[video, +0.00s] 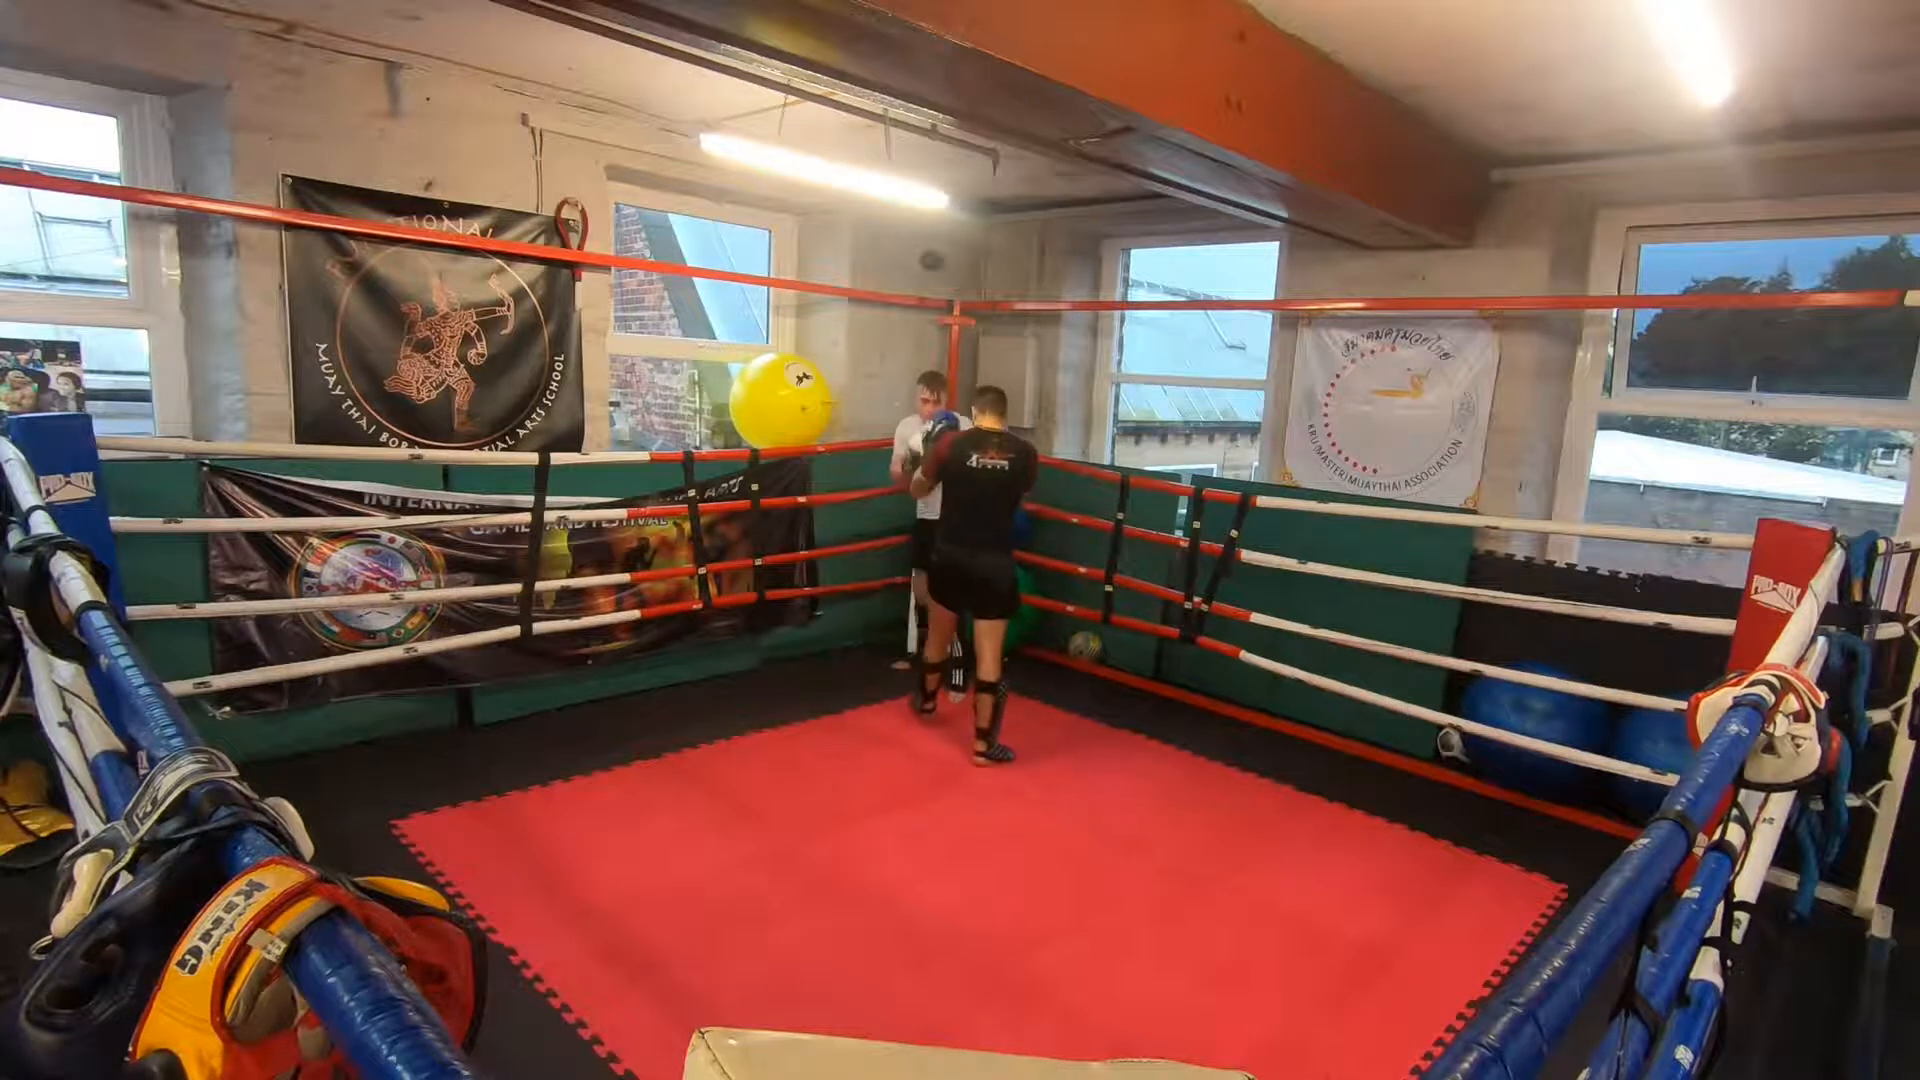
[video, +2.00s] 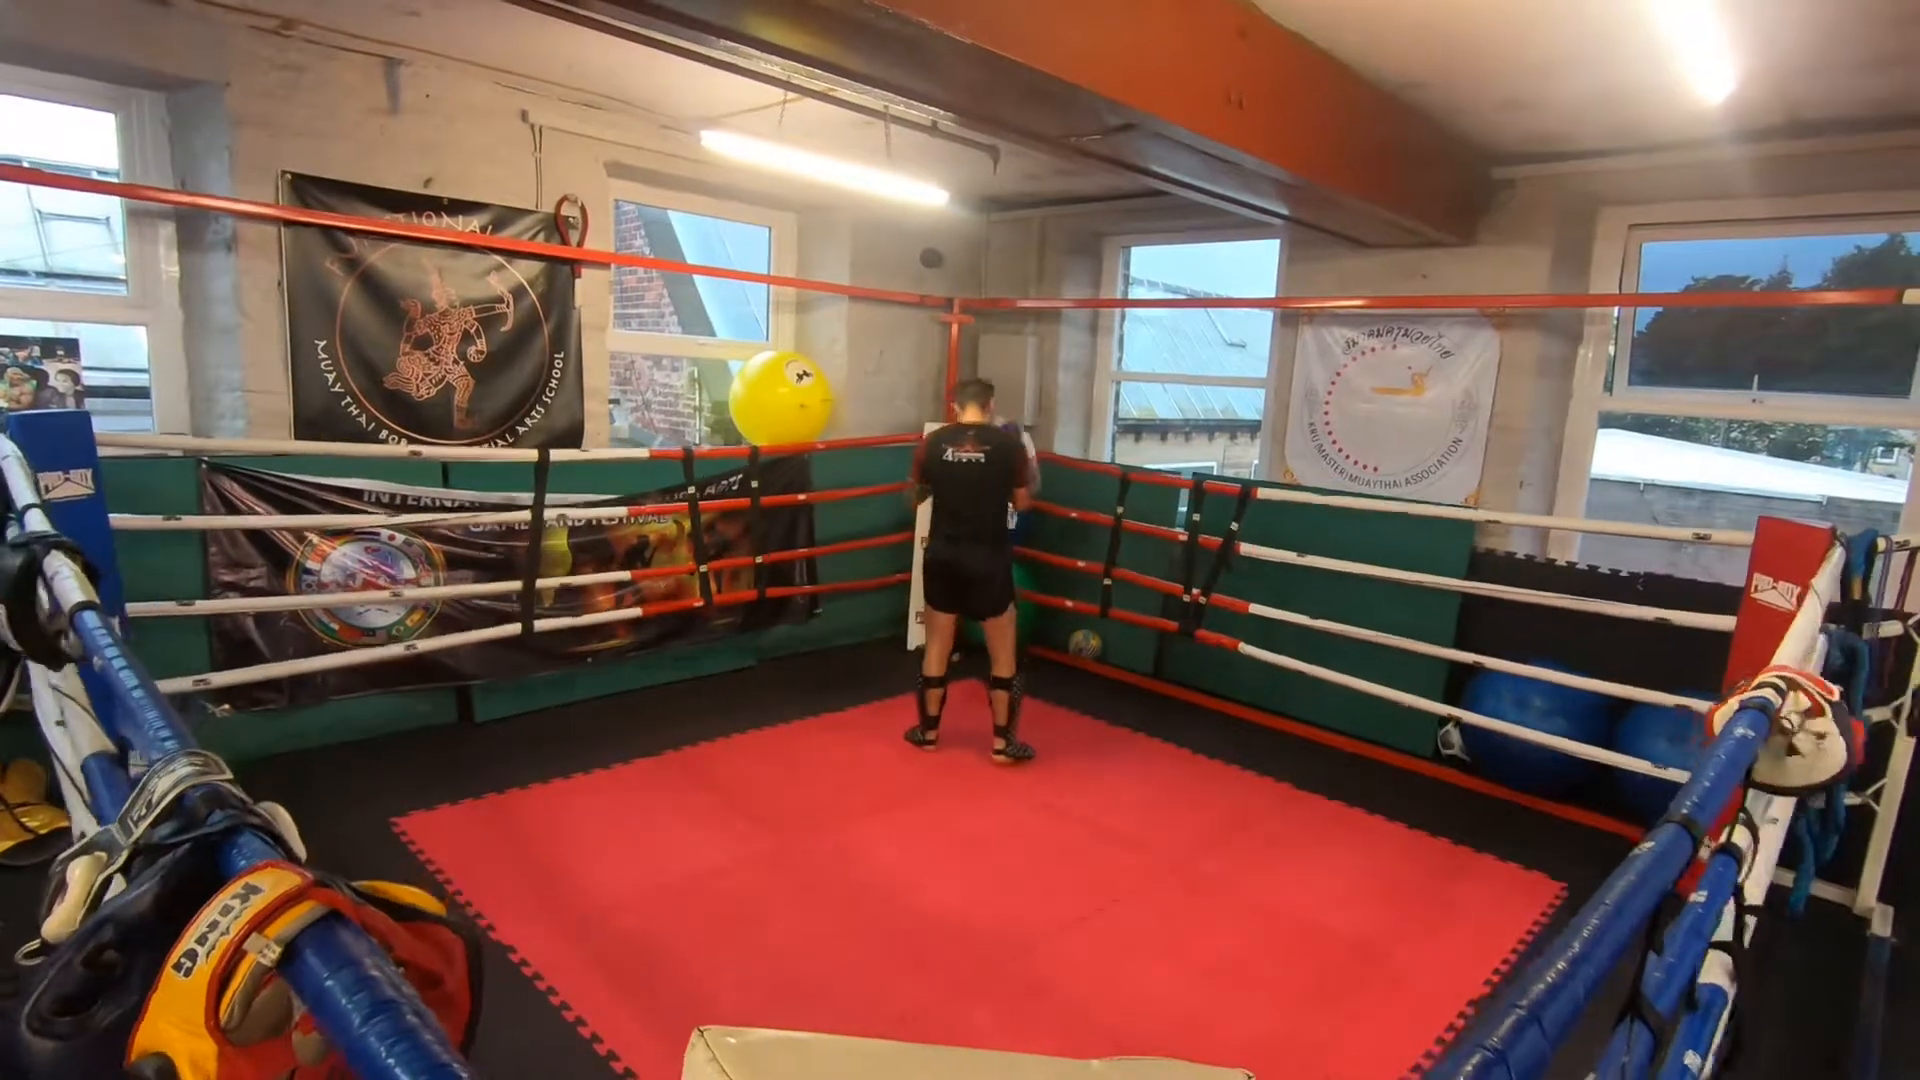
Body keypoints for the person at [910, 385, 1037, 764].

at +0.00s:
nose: (976, 417)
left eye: (974, 410)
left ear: (974, 412)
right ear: (1005, 414)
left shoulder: (950, 443)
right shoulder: (1025, 453)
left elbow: (919, 488)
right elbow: (1021, 493)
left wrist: (910, 470)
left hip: (949, 557)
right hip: (994, 562)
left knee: (938, 636)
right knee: (989, 654)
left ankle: (927, 701)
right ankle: (984, 743)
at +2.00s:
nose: (980, 414)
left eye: (961, 408)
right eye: (987, 407)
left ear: (953, 408)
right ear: (990, 408)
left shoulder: (931, 444)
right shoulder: (1010, 445)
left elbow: (917, 494)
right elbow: (1023, 502)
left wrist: (946, 467)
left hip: (942, 562)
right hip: (990, 564)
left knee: (937, 646)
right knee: (1002, 655)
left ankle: (929, 730)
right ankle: (1002, 742)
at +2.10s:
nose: (999, 415)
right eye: (1001, 409)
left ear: (963, 409)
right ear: (1000, 410)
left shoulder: (943, 441)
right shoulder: (1015, 444)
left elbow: (936, 489)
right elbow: (1029, 489)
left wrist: (953, 433)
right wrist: (1021, 434)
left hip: (947, 561)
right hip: (993, 565)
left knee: (940, 646)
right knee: (1004, 659)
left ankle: (930, 729)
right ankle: (1004, 748)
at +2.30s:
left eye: (989, 414)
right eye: (1023, 417)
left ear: (985, 414)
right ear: (1025, 418)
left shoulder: (965, 445)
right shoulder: (1039, 454)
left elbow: (950, 474)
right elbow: (1038, 481)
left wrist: (965, 433)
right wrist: (1027, 433)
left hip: (965, 566)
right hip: (1011, 572)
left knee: (951, 644)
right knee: (1011, 664)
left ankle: (931, 727)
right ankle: (1005, 755)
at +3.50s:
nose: (1058, 428)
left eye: (1057, 422)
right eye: (1063, 422)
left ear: (1062, 421)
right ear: (1097, 420)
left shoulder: (1049, 462)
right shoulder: (1126, 466)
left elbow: (1018, 528)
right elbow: (1106, 517)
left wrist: (1008, 506)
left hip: (1056, 593)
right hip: (1104, 595)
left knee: (1059, 697)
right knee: (1088, 682)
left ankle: (1056, 802)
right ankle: (1076, 773)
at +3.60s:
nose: (1058, 429)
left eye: (1058, 422)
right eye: (1060, 423)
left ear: (1066, 421)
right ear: (1099, 419)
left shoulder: (1056, 460)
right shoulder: (1129, 464)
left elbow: (1025, 528)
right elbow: (1103, 519)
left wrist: (1003, 511)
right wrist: (1038, 505)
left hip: (1062, 595)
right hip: (1109, 596)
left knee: (1047, 697)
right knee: (1102, 682)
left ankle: (1054, 801)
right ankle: (1118, 780)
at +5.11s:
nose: (774, 418)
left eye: (772, 413)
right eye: (776, 413)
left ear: (776, 411)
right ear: (805, 402)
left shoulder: (771, 446)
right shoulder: (839, 425)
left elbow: (760, 499)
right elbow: (869, 433)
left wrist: (758, 541)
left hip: (796, 554)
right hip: (844, 548)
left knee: (774, 633)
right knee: (844, 634)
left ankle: (764, 709)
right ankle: (857, 716)